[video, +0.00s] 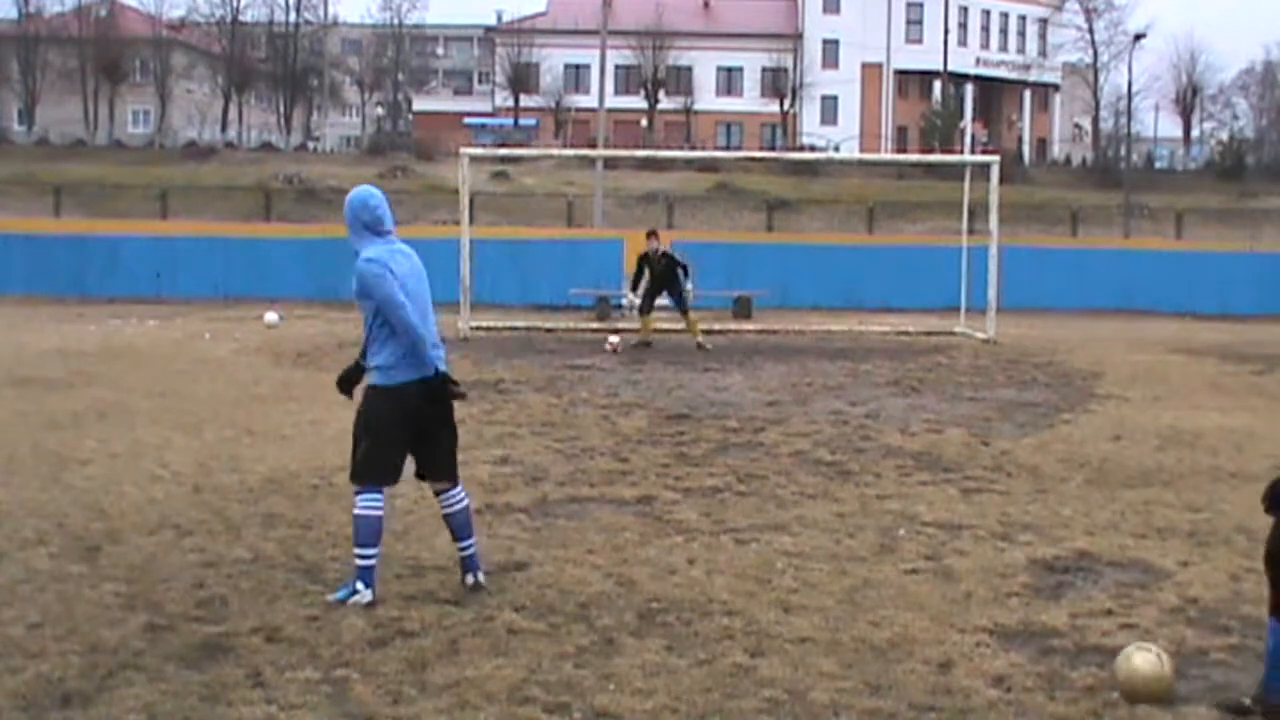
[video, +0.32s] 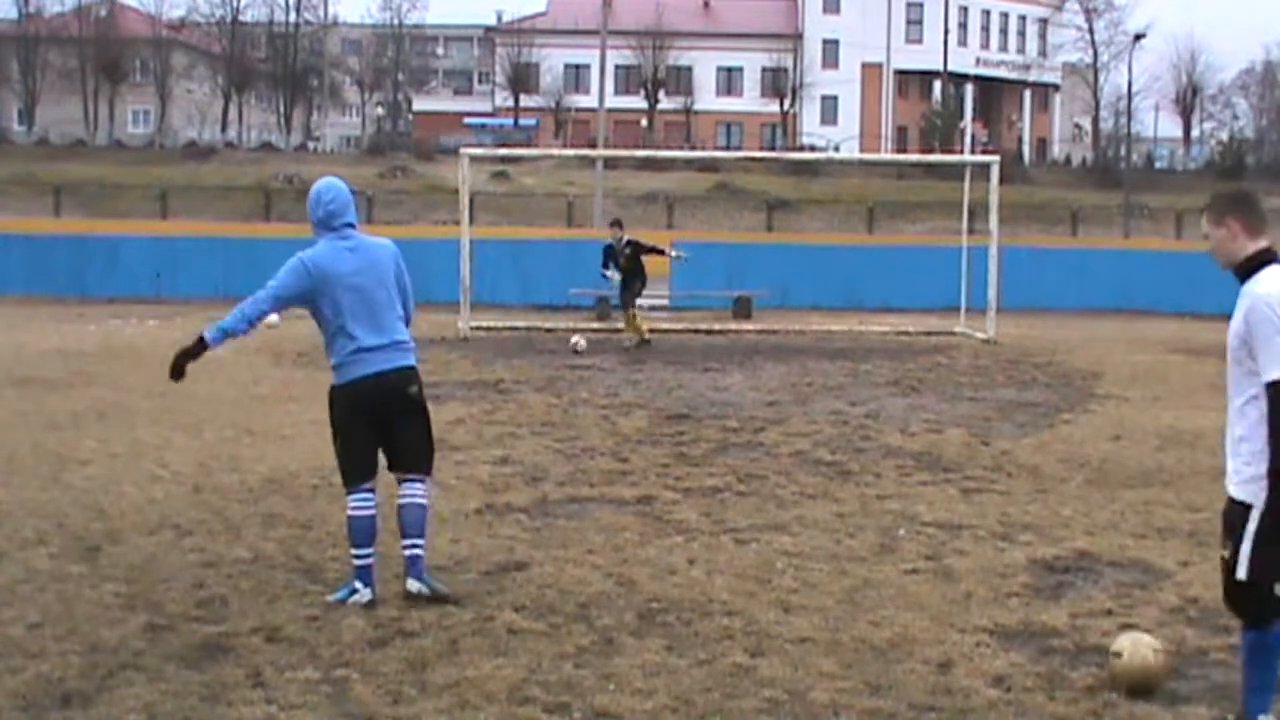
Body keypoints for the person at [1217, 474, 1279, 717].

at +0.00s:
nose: (1265, 507)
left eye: (1268, 503)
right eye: (1266, 502)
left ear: (1273, 503)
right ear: (1272, 503)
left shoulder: (1274, 537)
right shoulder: (1273, 533)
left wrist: (1272, 610)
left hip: (1275, 616)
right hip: (1274, 615)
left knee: (1273, 660)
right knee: (1271, 660)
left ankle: (1267, 698)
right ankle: (1265, 698)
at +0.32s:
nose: (1211, 247)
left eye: (1213, 235)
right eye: (1209, 236)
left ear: (1235, 229)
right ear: (1243, 228)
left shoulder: (1264, 296)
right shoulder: (1258, 292)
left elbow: (1272, 403)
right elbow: (1259, 405)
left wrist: (1261, 495)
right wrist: (1242, 490)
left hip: (1260, 485)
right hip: (1248, 481)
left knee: (1252, 595)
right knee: (1249, 594)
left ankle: (1258, 705)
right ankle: (1258, 703)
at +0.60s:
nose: (1124, 258)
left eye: (1122, 248)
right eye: (1121, 249)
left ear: (1137, 240)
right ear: (1172, 235)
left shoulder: (1168, 300)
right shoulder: (1226, 277)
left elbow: (1192, 386)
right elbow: (1258, 348)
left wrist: (1175, 477)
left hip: (1192, 471)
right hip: (1248, 465)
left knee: (1135, 559)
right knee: (1229, 564)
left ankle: (1110, 681)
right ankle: (1257, 701)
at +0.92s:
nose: (1055, 246)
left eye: (1054, 239)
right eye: (1056, 238)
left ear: (1063, 238)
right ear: (1101, 228)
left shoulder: (1087, 299)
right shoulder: (1159, 272)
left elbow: (1087, 388)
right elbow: (1194, 348)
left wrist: (1029, 447)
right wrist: (1155, 392)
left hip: (1122, 455)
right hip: (1177, 442)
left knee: (1090, 556)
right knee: (1168, 523)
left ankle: (1099, 684)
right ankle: (1183, 630)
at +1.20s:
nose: (1022, 252)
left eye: (1021, 243)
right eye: (1019, 243)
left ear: (1039, 236)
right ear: (1068, 227)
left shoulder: (1058, 296)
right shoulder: (1126, 259)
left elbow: (1064, 384)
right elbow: (1172, 326)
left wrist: (1019, 439)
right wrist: (1128, 371)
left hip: (1105, 441)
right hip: (1151, 426)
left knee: (1094, 561)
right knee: (1073, 469)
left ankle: (1100, 684)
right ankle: (1056, 591)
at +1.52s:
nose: (1011, 254)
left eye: (1013, 243)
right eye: (1008, 244)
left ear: (1040, 232)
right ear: (1050, 232)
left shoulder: (1058, 291)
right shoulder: (1106, 265)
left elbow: (1078, 380)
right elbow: (1137, 330)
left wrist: (1035, 454)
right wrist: (1104, 383)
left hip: (1068, 446)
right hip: (1086, 431)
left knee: (1071, 564)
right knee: (999, 473)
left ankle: (1098, 685)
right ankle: (950, 586)